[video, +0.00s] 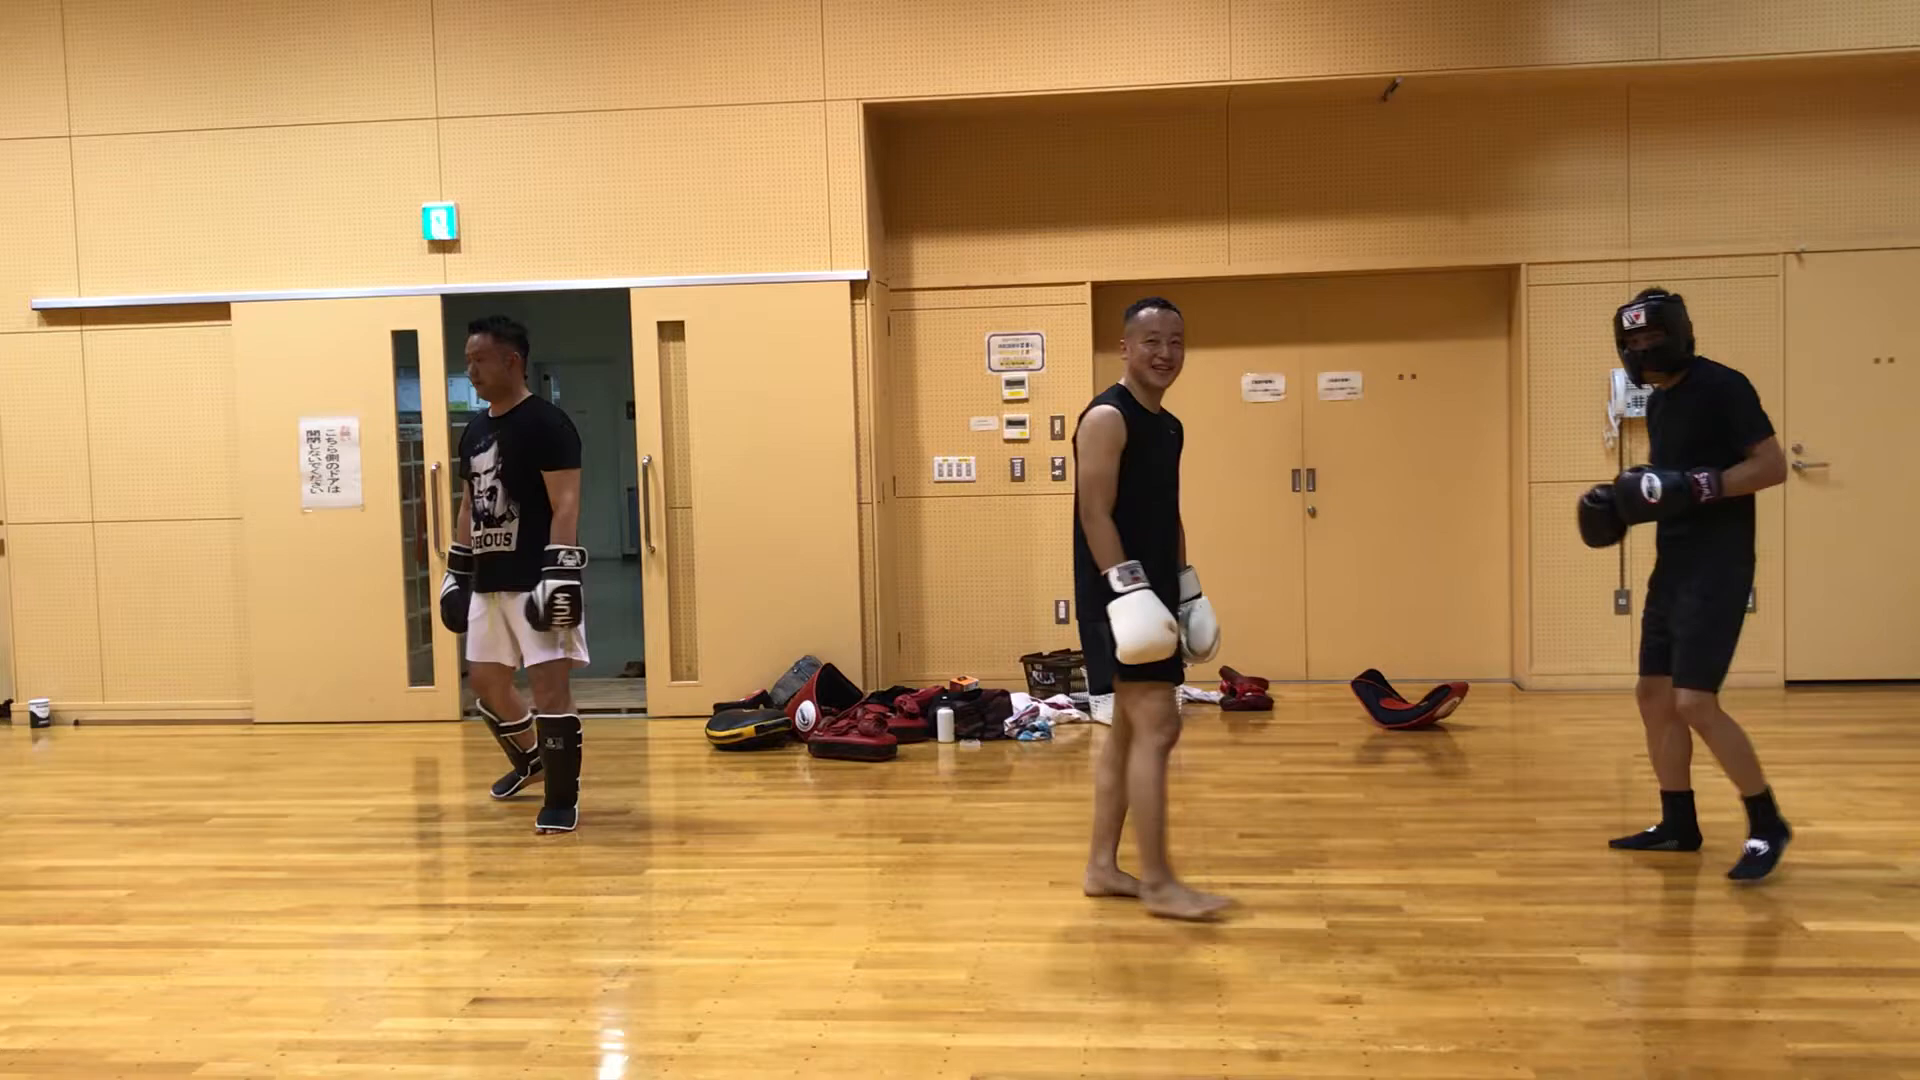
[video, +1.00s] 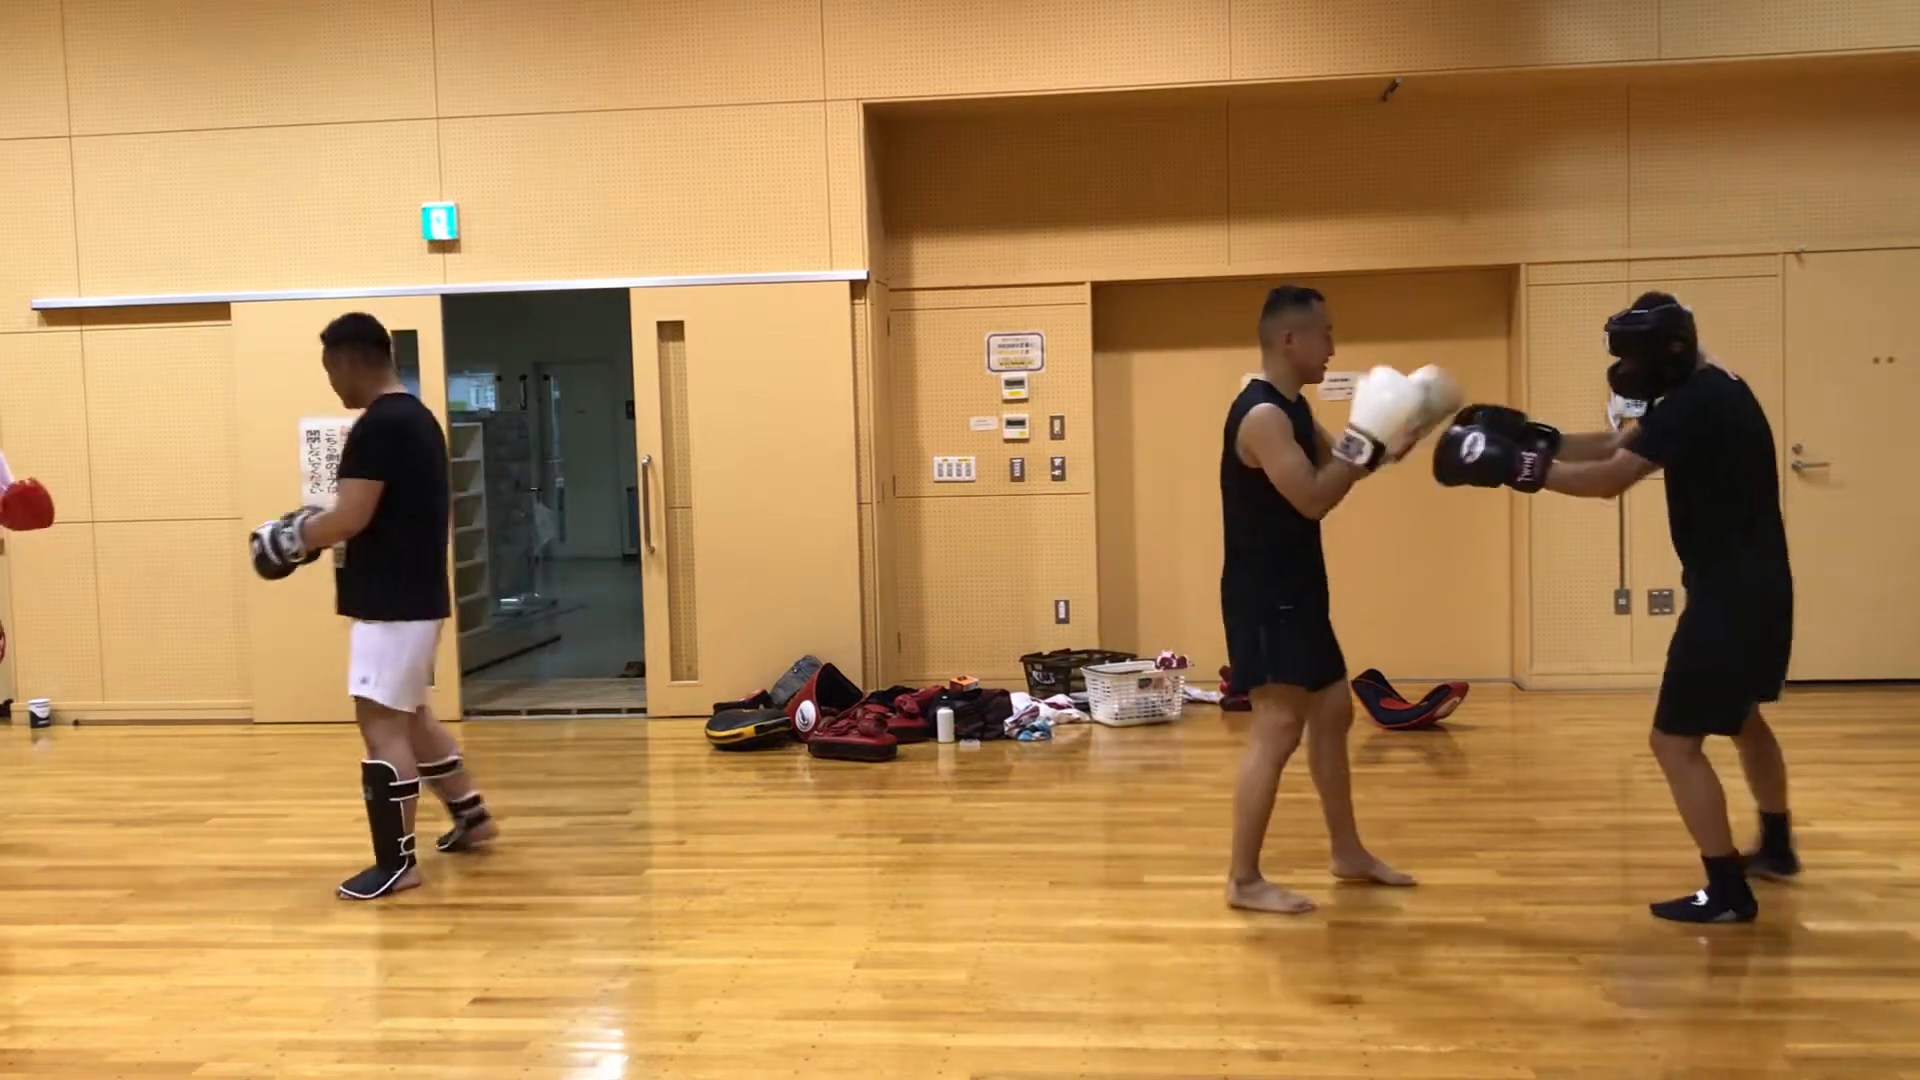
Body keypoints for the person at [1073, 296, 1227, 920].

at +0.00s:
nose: (1164, 352)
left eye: (1175, 342)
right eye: (1151, 340)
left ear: (1184, 351)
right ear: (1124, 347)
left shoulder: (1167, 427)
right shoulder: (1105, 419)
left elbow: (1169, 516)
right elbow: (1093, 512)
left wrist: (1190, 591)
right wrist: (1129, 592)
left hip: (1155, 590)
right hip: (1118, 594)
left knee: (1124, 730)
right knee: (1156, 727)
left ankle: (1102, 866)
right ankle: (1158, 882)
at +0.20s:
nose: (1185, 354)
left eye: (1195, 344)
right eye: (1172, 343)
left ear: (1205, 352)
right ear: (1144, 349)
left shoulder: (1183, 425)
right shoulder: (1130, 423)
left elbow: (1181, 522)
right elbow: (1124, 520)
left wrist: (1202, 594)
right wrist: (1158, 599)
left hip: (1169, 595)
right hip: (1140, 600)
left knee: (1142, 734)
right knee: (1193, 729)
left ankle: (1105, 864)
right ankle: (1234, 880)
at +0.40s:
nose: (1231, 347)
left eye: (1237, 337)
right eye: (1218, 337)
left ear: (1240, 343)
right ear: (1183, 343)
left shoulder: (1211, 414)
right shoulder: (1178, 420)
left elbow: (1216, 517)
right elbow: (1168, 522)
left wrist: (1238, 594)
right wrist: (1195, 608)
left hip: (1202, 600)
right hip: (1192, 604)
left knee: (1174, 729)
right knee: (1221, 735)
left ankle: (1112, 852)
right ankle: (1240, 879)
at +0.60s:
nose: (1289, 350)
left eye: (1287, 338)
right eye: (1281, 340)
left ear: (1245, 346)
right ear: (1246, 346)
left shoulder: (1233, 412)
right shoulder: (1226, 423)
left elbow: (1240, 518)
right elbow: (1208, 525)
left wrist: (1280, 574)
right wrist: (1250, 604)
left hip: (1232, 598)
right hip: (1220, 604)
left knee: (1254, 720)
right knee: (1237, 731)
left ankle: (1159, 833)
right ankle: (1241, 880)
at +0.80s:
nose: (1311, 348)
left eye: (1310, 336)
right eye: (1304, 336)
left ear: (1266, 341)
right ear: (1271, 341)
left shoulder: (1251, 408)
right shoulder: (1251, 417)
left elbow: (1266, 506)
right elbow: (1251, 520)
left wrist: (1323, 527)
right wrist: (1323, 554)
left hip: (1261, 596)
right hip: (1244, 601)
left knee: (1297, 709)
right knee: (1260, 724)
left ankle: (1257, 854)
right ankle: (1242, 880)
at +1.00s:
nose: (1330, 348)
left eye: (1330, 336)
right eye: (1323, 335)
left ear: (1288, 341)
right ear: (1287, 339)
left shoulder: (1290, 408)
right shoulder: (1262, 415)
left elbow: (1343, 466)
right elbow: (1313, 500)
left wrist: (1401, 434)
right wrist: (1361, 442)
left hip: (1297, 595)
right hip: (1266, 598)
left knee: (1332, 711)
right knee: (1276, 725)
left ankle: (1348, 853)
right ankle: (1243, 879)